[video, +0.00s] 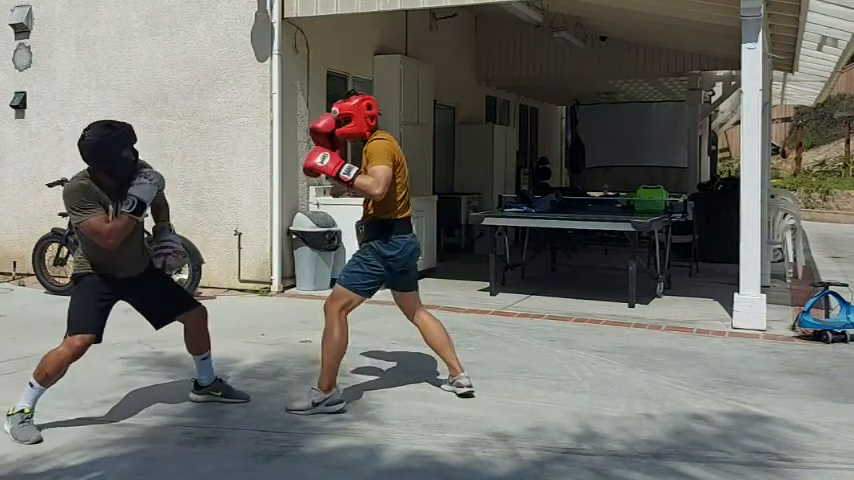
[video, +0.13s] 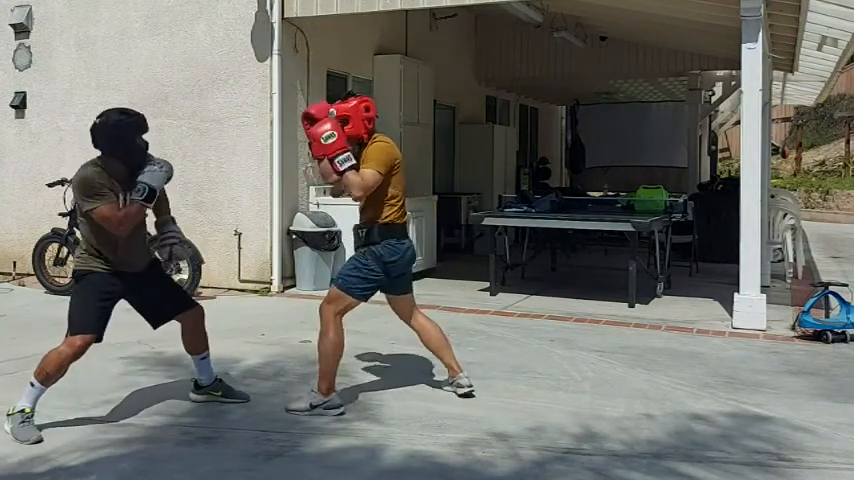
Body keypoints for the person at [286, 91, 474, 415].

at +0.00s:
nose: (344, 128)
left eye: (346, 122)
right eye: (343, 123)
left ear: (361, 120)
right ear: (369, 118)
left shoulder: (378, 144)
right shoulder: (380, 144)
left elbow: (376, 187)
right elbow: (353, 187)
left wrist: (339, 168)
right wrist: (330, 157)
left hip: (383, 244)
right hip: (402, 242)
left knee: (335, 307)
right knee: (416, 310)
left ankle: (326, 391)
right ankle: (458, 374)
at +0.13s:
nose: (340, 131)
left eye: (342, 125)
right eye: (339, 126)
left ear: (355, 125)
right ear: (361, 124)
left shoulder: (380, 148)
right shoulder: (366, 150)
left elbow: (360, 189)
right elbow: (330, 179)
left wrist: (339, 152)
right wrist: (319, 139)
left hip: (379, 248)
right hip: (396, 246)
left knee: (330, 309)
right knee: (411, 313)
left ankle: (325, 393)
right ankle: (458, 375)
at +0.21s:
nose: (337, 129)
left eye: (339, 123)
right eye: (337, 124)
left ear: (350, 122)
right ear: (358, 121)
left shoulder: (377, 146)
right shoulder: (360, 148)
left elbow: (352, 186)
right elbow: (324, 175)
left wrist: (334, 149)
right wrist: (314, 140)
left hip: (375, 247)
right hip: (394, 245)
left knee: (331, 311)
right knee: (410, 312)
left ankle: (325, 393)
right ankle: (455, 372)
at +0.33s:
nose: (330, 128)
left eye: (333, 121)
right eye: (328, 122)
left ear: (351, 120)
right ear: (357, 119)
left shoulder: (368, 143)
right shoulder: (367, 142)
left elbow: (340, 185)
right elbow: (336, 173)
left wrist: (311, 151)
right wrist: (313, 137)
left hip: (372, 246)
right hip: (394, 243)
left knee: (317, 304)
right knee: (399, 312)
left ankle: (319, 387)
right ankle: (438, 375)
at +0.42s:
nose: (320, 129)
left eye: (323, 121)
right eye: (320, 122)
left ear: (339, 121)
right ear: (352, 120)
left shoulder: (353, 143)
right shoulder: (374, 143)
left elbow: (329, 175)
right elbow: (338, 185)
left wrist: (304, 158)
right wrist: (311, 157)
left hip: (363, 248)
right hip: (393, 246)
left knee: (303, 300)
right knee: (404, 314)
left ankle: (299, 384)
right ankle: (440, 375)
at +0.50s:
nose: (310, 123)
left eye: (313, 117)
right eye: (310, 117)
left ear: (328, 116)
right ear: (345, 116)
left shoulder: (334, 138)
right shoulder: (374, 144)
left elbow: (293, 154)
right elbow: (339, 178)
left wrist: (264, 147)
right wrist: (305, 147)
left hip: (356, 246)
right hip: (389, 242)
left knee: (306, 314)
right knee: (398, 305)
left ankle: (294, 397)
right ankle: (434, 368)